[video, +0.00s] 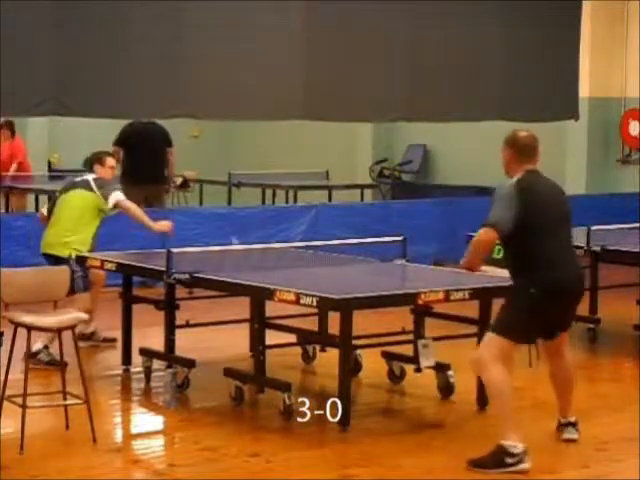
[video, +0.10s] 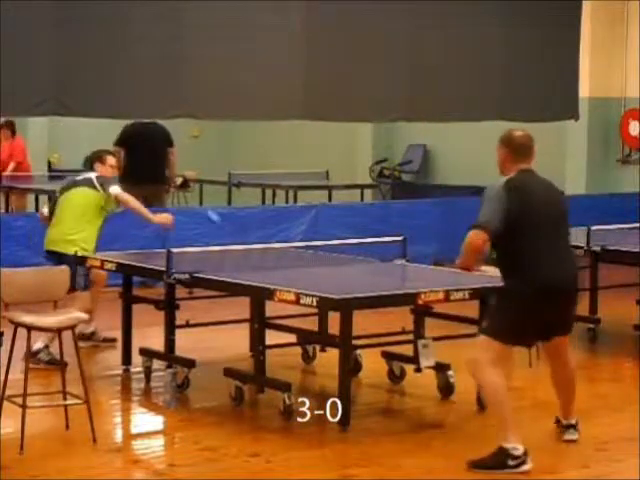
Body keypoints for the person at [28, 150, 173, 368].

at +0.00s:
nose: (114, 173)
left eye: (115, 169)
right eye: (111, 168)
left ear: (92, 169)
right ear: (97, 167)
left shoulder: (70, 183)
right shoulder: (103, 185)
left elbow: (44, 213)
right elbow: (125, 205)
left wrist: (57, 231)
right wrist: (152, 225)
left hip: (50, 249)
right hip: (70, 252)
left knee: (98, 277)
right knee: (78, 302)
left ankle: (86, 329)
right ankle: (41, 347)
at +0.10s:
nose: (115, 172)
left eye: (116, 167)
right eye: (112, 167)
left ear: (91, 168)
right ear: (98, 166)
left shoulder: (70, 183)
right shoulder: (103, 181)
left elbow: (45, 215)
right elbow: (122, 196)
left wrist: (61, 224)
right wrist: (153, 218)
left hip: (53, 247)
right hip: (75, 250)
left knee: (99, 276)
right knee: (79, 300)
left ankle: (86, 328)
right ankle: (41, 346)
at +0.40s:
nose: (104, 137)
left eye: (105, 133)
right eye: (100, 132)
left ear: (103, 136)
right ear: (85, 135)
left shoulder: (104, 159)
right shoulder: (66, 153)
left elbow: (127, 157)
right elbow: (41, 160)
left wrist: (126, 153)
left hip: (87, 226)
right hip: (63, 224)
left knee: (110, 279)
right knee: (73, 277)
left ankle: (93, 327)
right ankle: (57, 337)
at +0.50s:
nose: (94, 135)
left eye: (95, 130)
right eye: (88, 130)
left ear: (96, 133)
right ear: (74, 133)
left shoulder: (99, 155)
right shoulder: (59, 154)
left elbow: (128, 152)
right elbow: (30, 166)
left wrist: (130, 136)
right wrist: (23, 165)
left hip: (92, 228)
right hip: (64, 230)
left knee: (111, 280)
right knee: (63, 286)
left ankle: (95, 327)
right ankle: (44, 337)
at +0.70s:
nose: (84, 130)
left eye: (85, 126)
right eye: (78, 127)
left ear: (88, 129)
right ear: (66, 130)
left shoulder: (93, 156)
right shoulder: (51, 156)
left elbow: (120, 172)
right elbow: (26, 184)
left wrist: (130, 159)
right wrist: (26, 216)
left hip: (83, 230)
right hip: (55, 230)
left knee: (103, 277)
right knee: (54, 285)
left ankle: (96, 327)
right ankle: (37, 336)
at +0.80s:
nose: (88, 137)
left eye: (89, 133)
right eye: (82, 133)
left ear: (90, 137)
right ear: (69, 137)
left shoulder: (89, 164)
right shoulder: (57, 159)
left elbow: (94, 191)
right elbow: (36, 195)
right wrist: (55, 223)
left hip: (74, 234)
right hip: (51, 233)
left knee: (99, 269)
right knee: (52, 285)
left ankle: (89, 320)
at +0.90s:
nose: (90, 147)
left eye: (92, 143)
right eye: (84, 143)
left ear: (92, 146)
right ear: (72, 146)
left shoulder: (83, 171)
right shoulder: (62, 167)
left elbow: (78, 202)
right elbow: (44, 201)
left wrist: (96, 211)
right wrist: (78, 228)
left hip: (69, 240)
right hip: (49, 239)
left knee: (95, 273)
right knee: (50, 290)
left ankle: (84, 322)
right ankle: (23, 337)